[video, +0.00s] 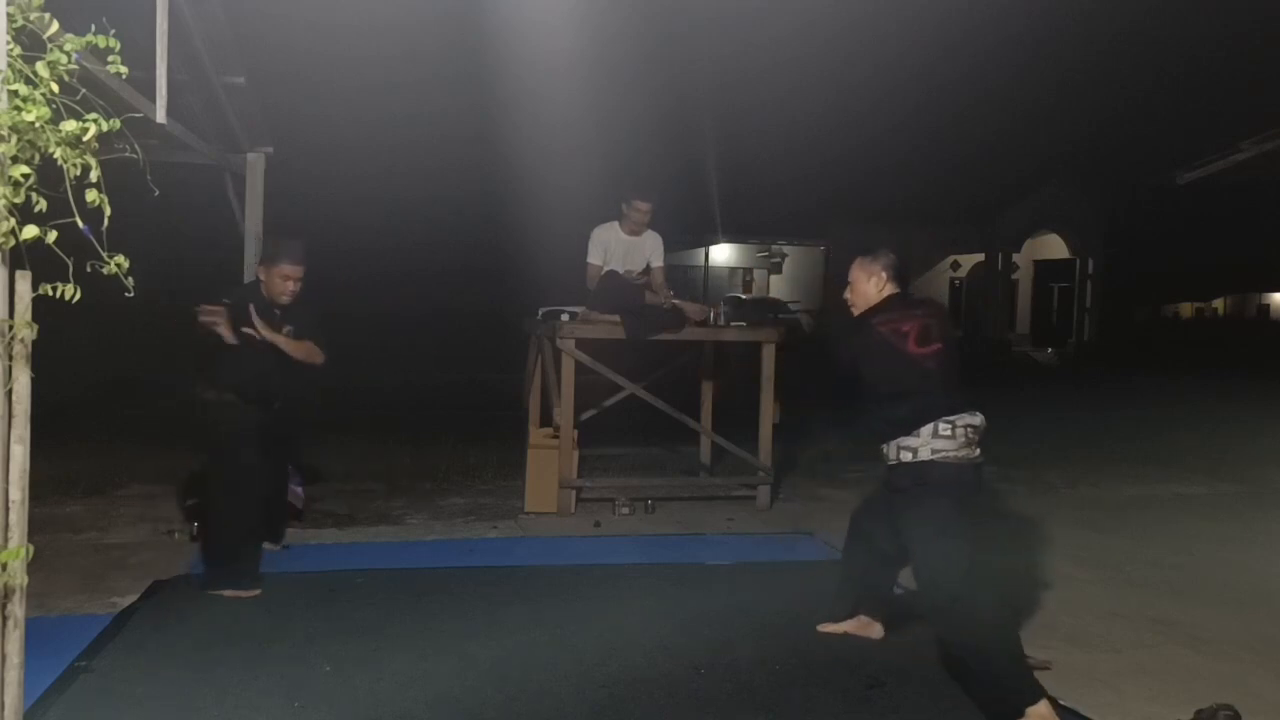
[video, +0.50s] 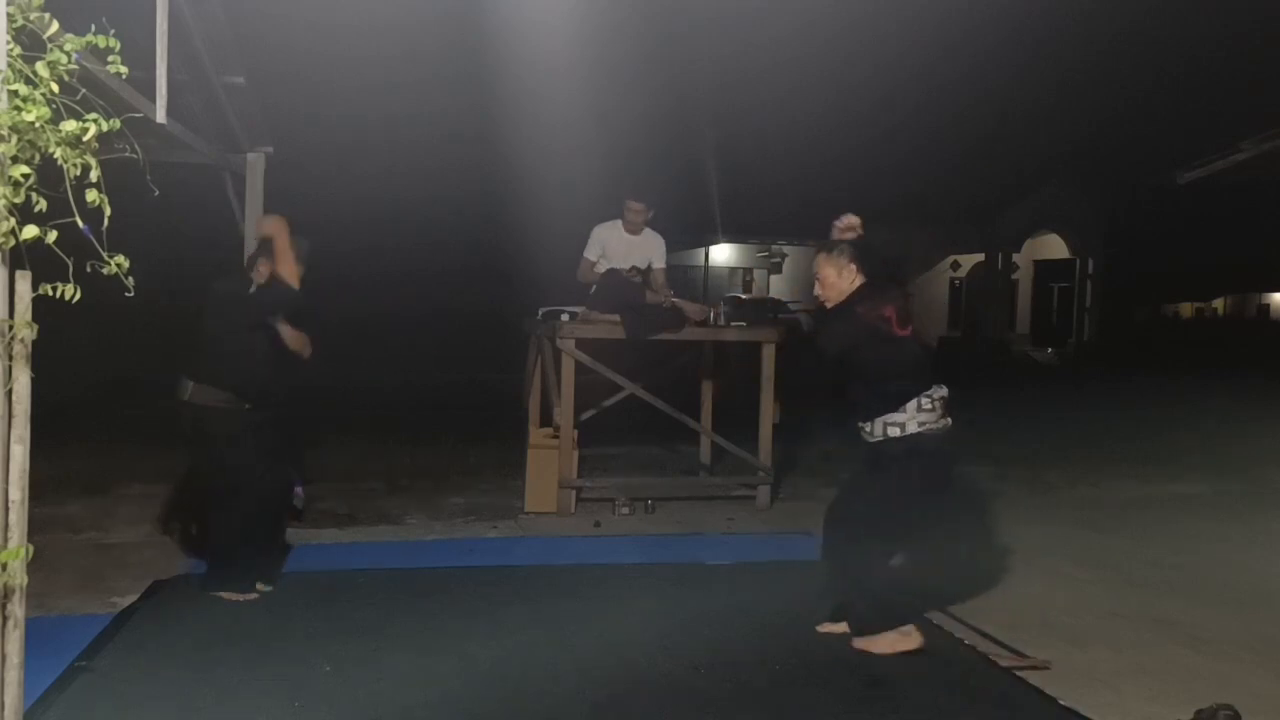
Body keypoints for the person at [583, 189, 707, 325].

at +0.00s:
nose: (643, 218)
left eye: (648, 213)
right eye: (638, 211)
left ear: (652, 213)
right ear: (624, 209)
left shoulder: (654, 240)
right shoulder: (602, 234)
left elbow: (659, 283)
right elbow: (592, 283)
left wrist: (667, 298)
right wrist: (622, 282)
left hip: (637, 302)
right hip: (603, 301)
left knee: (676, 317)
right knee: (611, 278)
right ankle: (679, 306)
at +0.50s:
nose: (631, 216)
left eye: (638, 212)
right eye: (628, 210)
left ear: (649, 214)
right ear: (623, 209)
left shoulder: (656, 242)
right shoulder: (602, 232)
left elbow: (660, 283)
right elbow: (583, 275)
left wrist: (668, 298)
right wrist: (617, 276)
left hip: (636, 302)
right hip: (602, 300)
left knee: (673, 316)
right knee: (612, 278)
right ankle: (679, 306)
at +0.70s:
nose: (624, 217)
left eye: (630, 213)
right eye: (622, 211)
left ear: (644, 214)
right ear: (618, 209)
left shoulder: (655, 241)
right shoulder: (601, 230)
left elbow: (660, 282)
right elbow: (579, 267)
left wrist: (669, 296)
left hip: (634, 301)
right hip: (601, 299)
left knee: (673, 317)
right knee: (612, 278)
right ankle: (679, 306)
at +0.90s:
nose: (618, 217)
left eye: (624, 213)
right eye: (616, 212)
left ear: (639, 214)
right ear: (612, 210)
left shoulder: (653, 240)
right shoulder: (598, 229)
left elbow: (659, 282)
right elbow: (573, 263)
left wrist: (669, 298)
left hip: (633, 301)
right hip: (600, 299)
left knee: (675, 317)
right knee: (612, 275)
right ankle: (680, 306)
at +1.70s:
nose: (627, 214)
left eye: (634, 210)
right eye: (625, 208)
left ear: (648, 212)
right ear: (620, 207)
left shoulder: (655, 241)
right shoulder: (600, 227)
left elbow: (659, 282)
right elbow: (577, 256)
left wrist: (668, 296)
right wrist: (569, 294)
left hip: (634, 301)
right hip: (600, 299)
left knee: (675, 317)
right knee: (613, 276)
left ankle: (604, 316)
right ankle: (681, 306)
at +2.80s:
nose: (632, 216)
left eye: (640, 212)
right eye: (629, 210)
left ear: (650, 214)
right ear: (623, 208)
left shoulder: (655, 241)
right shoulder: (601, 227)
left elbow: (660, 284)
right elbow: (577, 256)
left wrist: (669, 297)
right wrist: (567, 295)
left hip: (634, 301)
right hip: (601, 298)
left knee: (674, 317)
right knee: (613, 276)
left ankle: (603, 317)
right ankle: (679, 306)